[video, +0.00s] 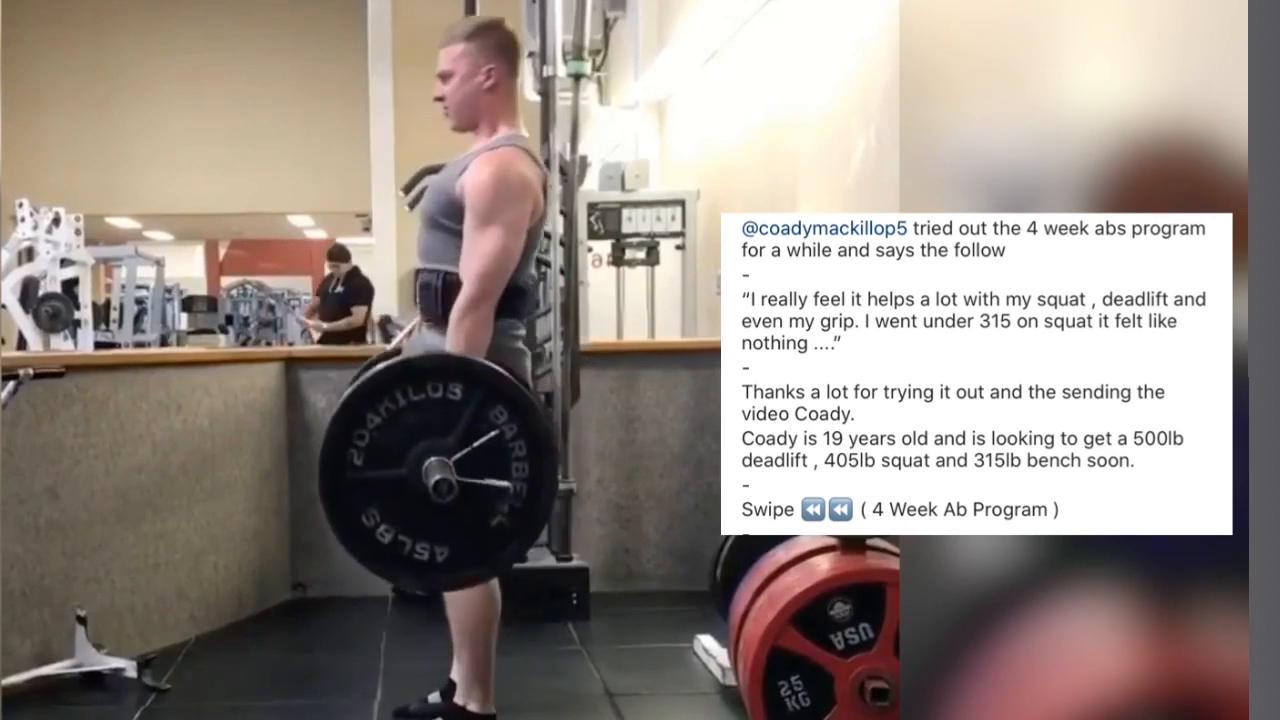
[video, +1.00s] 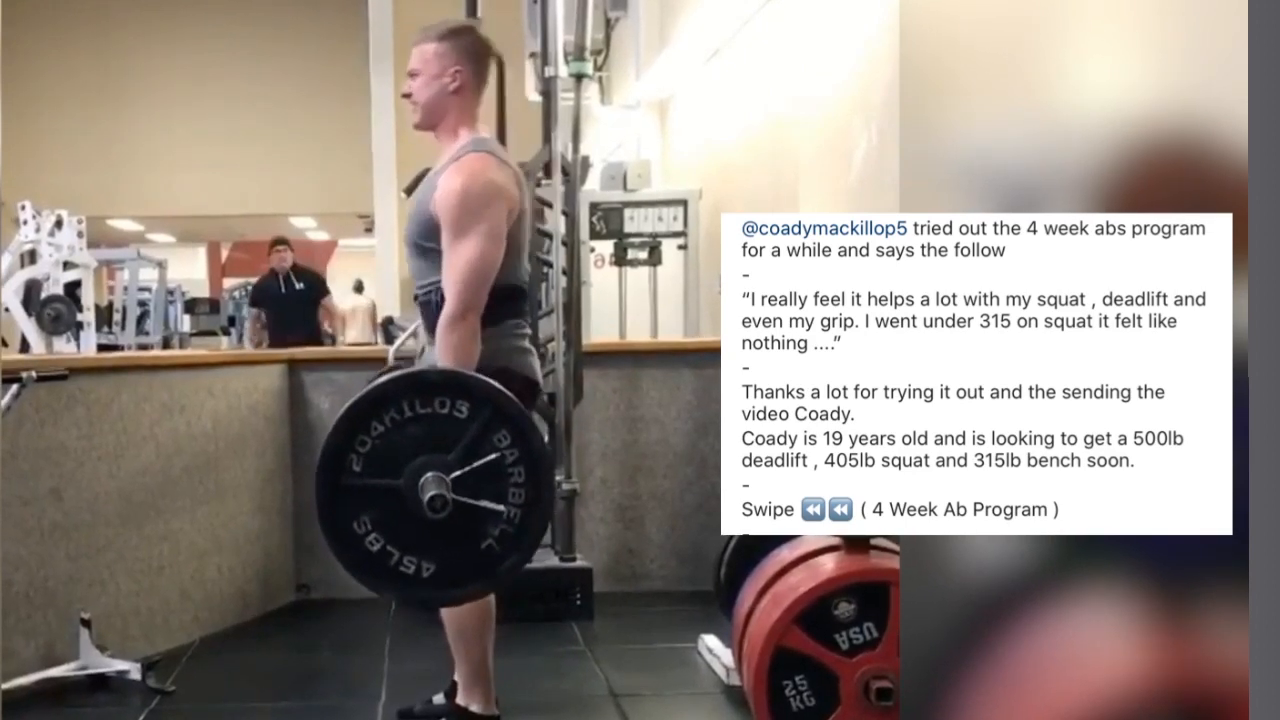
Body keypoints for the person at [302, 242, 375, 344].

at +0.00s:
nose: (332, 270)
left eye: (336, 267)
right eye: (330, 266)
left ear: (346, 263)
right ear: (327, 264)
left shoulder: (360, 283)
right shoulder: (328, 280)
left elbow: (358, 319)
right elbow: (318, 301)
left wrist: (326, 326)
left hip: (352, 343)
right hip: (327, 341)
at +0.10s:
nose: (328, 269)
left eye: (331, 266)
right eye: (326, 265)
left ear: (342, 262)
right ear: (324, 262)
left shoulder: (357, 283)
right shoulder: (323, 279)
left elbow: (356, 320)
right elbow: (314, 303)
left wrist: (326, 328)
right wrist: (302, 317)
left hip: (346, 344)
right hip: (321, 342)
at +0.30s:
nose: (317, 269)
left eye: (321, 265)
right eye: (316, 265)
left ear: (332, 262)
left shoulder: (351, 282)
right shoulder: (314, 280)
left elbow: (357, 318)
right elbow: (304, 306)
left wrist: (330, 335)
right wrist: (285, 323)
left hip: (340, 347)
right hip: (312, 345)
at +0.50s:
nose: (309, 267)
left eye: (312, 262)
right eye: (305, 263)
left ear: (323, 261)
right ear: (303, 263)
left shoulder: (341, 282)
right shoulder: (302, 283)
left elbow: (354, 317)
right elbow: (297, 311)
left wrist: (338, 340)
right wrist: (284, 328)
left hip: (331, 346)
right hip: (304, 346)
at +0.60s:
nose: (304, 265)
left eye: (308, 260)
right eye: (300, 261)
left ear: (317, 260)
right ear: (296, 263)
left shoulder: (335, 282)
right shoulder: (293, 285)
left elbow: (350, 314)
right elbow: (287, 317)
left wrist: (339, 341)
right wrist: (271, 336)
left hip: (327, 350)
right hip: (299, 351)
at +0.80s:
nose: (291, 260)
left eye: (294, 255)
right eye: (286, 256)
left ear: (302, 256)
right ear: (280, 260)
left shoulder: (320, 277)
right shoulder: (276, 286)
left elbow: (338, 308)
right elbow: (270, 318)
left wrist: (342, 339)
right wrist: (258, 342)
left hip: (321, 350)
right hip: (288, 353)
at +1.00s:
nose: (282, 255)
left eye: (286, 250)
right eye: (277, 251)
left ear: (293, 254)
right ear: (269, 258)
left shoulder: (311, 278)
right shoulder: (262, 285)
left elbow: (333, 311)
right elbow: (254, 319)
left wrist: (339, 341)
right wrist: (252, 346)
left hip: (312, 351)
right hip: (278, 353)